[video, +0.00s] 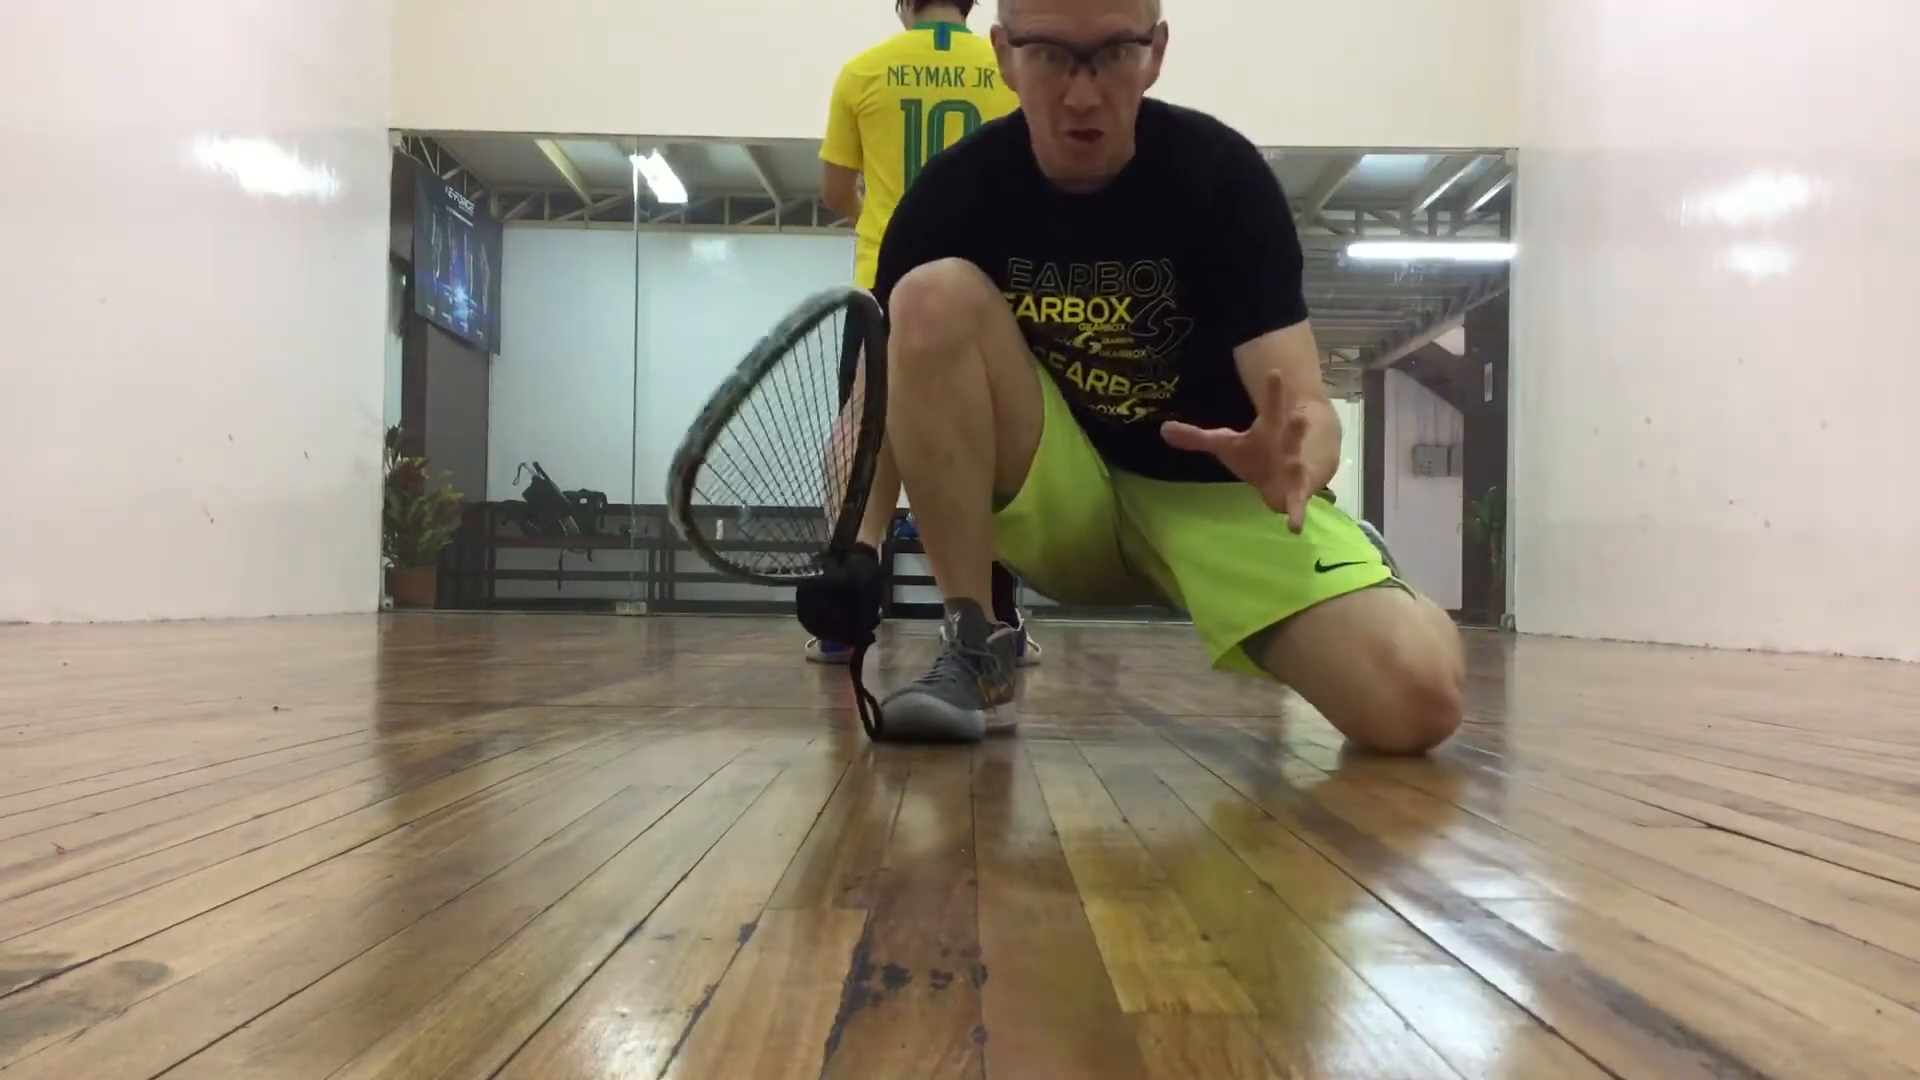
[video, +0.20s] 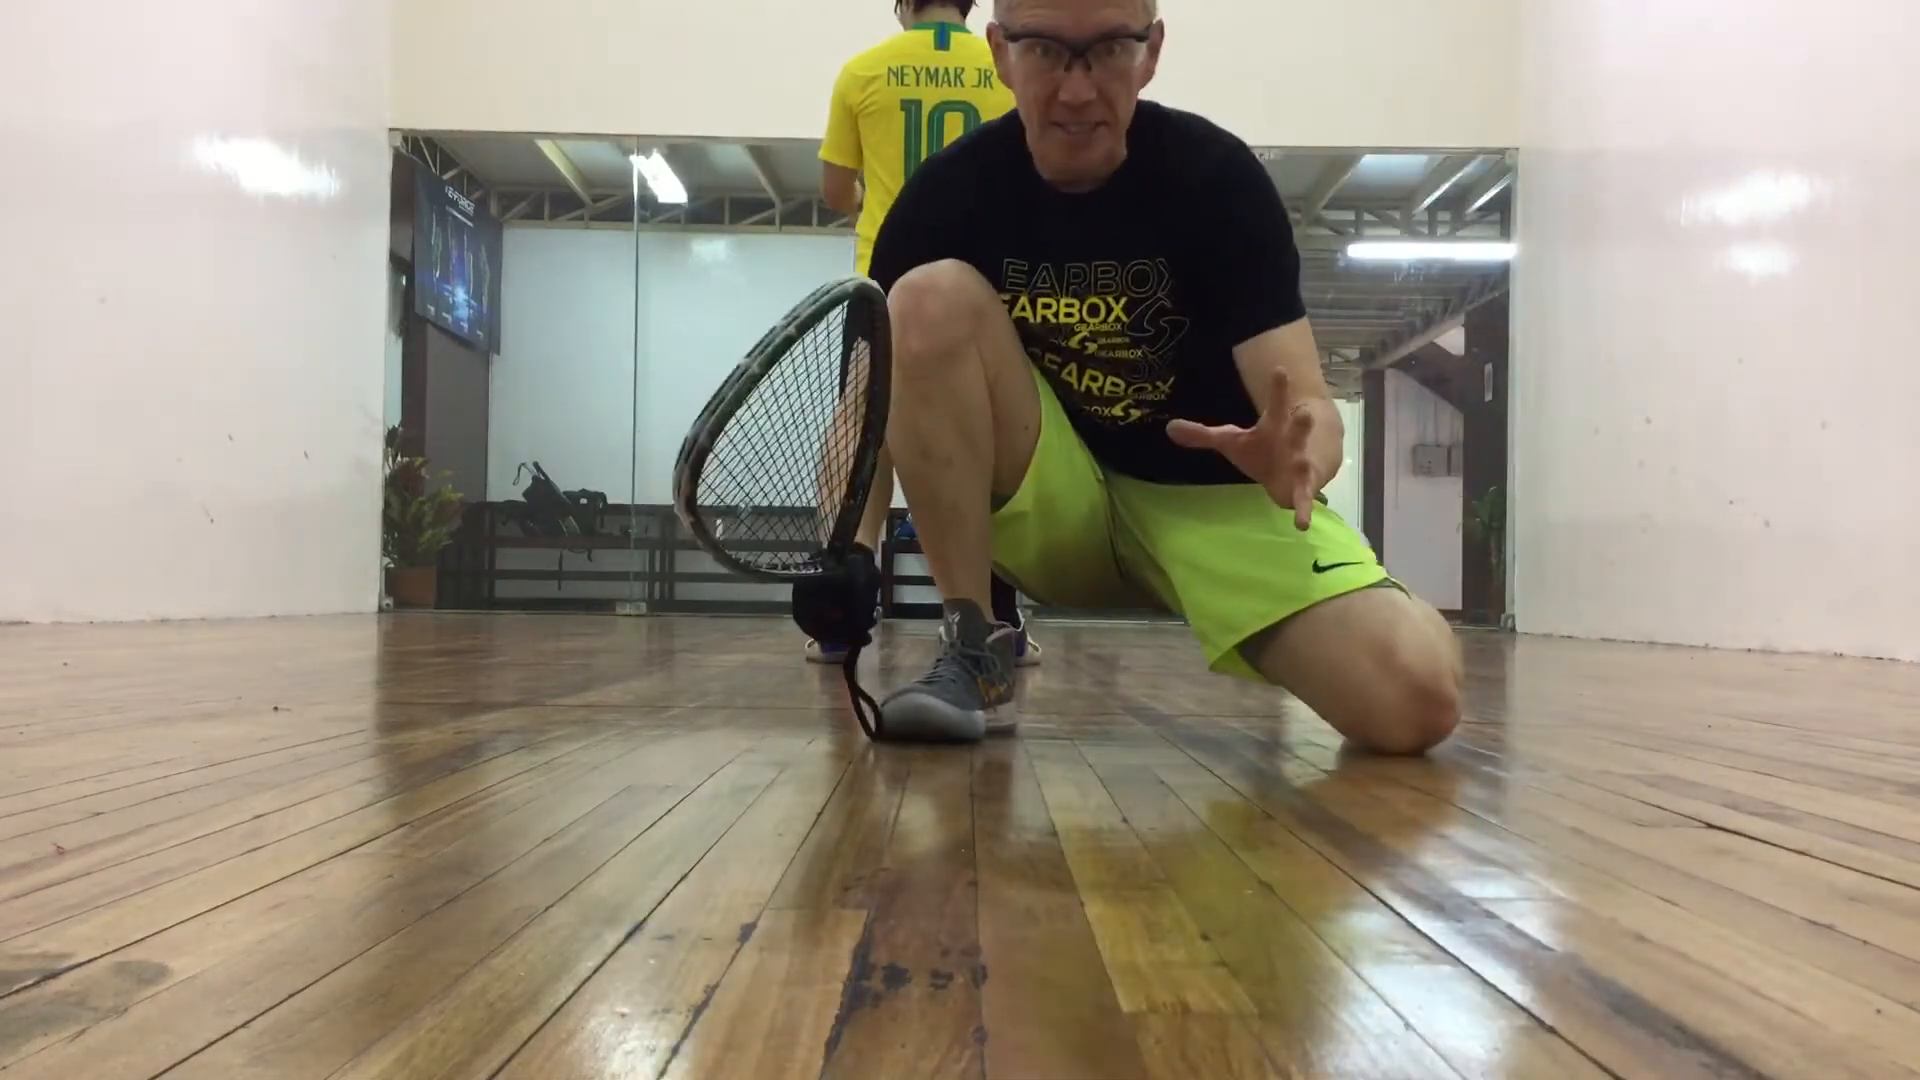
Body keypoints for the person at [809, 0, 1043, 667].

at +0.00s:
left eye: (898, 10)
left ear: (903, 7)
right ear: (971, 9)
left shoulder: (862, 72)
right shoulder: (1008, 61)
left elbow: (838, 194)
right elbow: (1032, 169)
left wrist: (884, 208)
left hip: (887, 284)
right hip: (986, 285)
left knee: (862, 427)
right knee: (987, 436)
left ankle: (840, 611)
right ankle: (997, 615)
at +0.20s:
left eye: (897, 11)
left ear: (902, 8)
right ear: (970, 10)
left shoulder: (863, 71)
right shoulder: (1008, 60)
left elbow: (837, 195)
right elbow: (1032, 168)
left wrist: (887, 180)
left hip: (887, 283)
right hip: (989, 284)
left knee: (861, 429)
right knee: (989, 438)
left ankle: (840, 609)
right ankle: (999, 614)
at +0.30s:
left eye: (896, 11)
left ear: (901, 8)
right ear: (969, 9)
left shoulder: (863, 72)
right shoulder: (1006, 59)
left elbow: (838, 194)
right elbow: (1032, 170)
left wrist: (890, 175)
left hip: (887, 288)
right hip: (989, 287)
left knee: (860, 429)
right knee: (988, 439)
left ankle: (843, 605)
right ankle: (998, 613)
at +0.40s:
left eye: (896, 10)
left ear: (900, 8)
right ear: (969, 10)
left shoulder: (864, 72)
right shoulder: (1006, 58)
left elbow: (837, 194)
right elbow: (1034, 167)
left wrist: (886, 171)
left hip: (889, 282)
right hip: (990, 284)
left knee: (859, 421)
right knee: (987, 434)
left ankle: (849, 583)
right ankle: (995, 609)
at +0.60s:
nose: (1063, 60)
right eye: (1038, 30)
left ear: (899, 8)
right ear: (968, 12)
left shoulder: (862, 72)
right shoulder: (1001, 59)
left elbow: (836, 193)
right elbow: (1024, 172)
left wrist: (886, 160)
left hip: (886, 291)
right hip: (991, 286)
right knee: (986, 446)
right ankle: (997, 619)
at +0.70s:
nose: (1056, 43)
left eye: (1082, 13)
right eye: (1027, 14)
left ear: (899, 9)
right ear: (973, 18)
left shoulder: (862, 73)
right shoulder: (998, 60)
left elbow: (836, 193)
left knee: (866, 423)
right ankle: (990, 623)